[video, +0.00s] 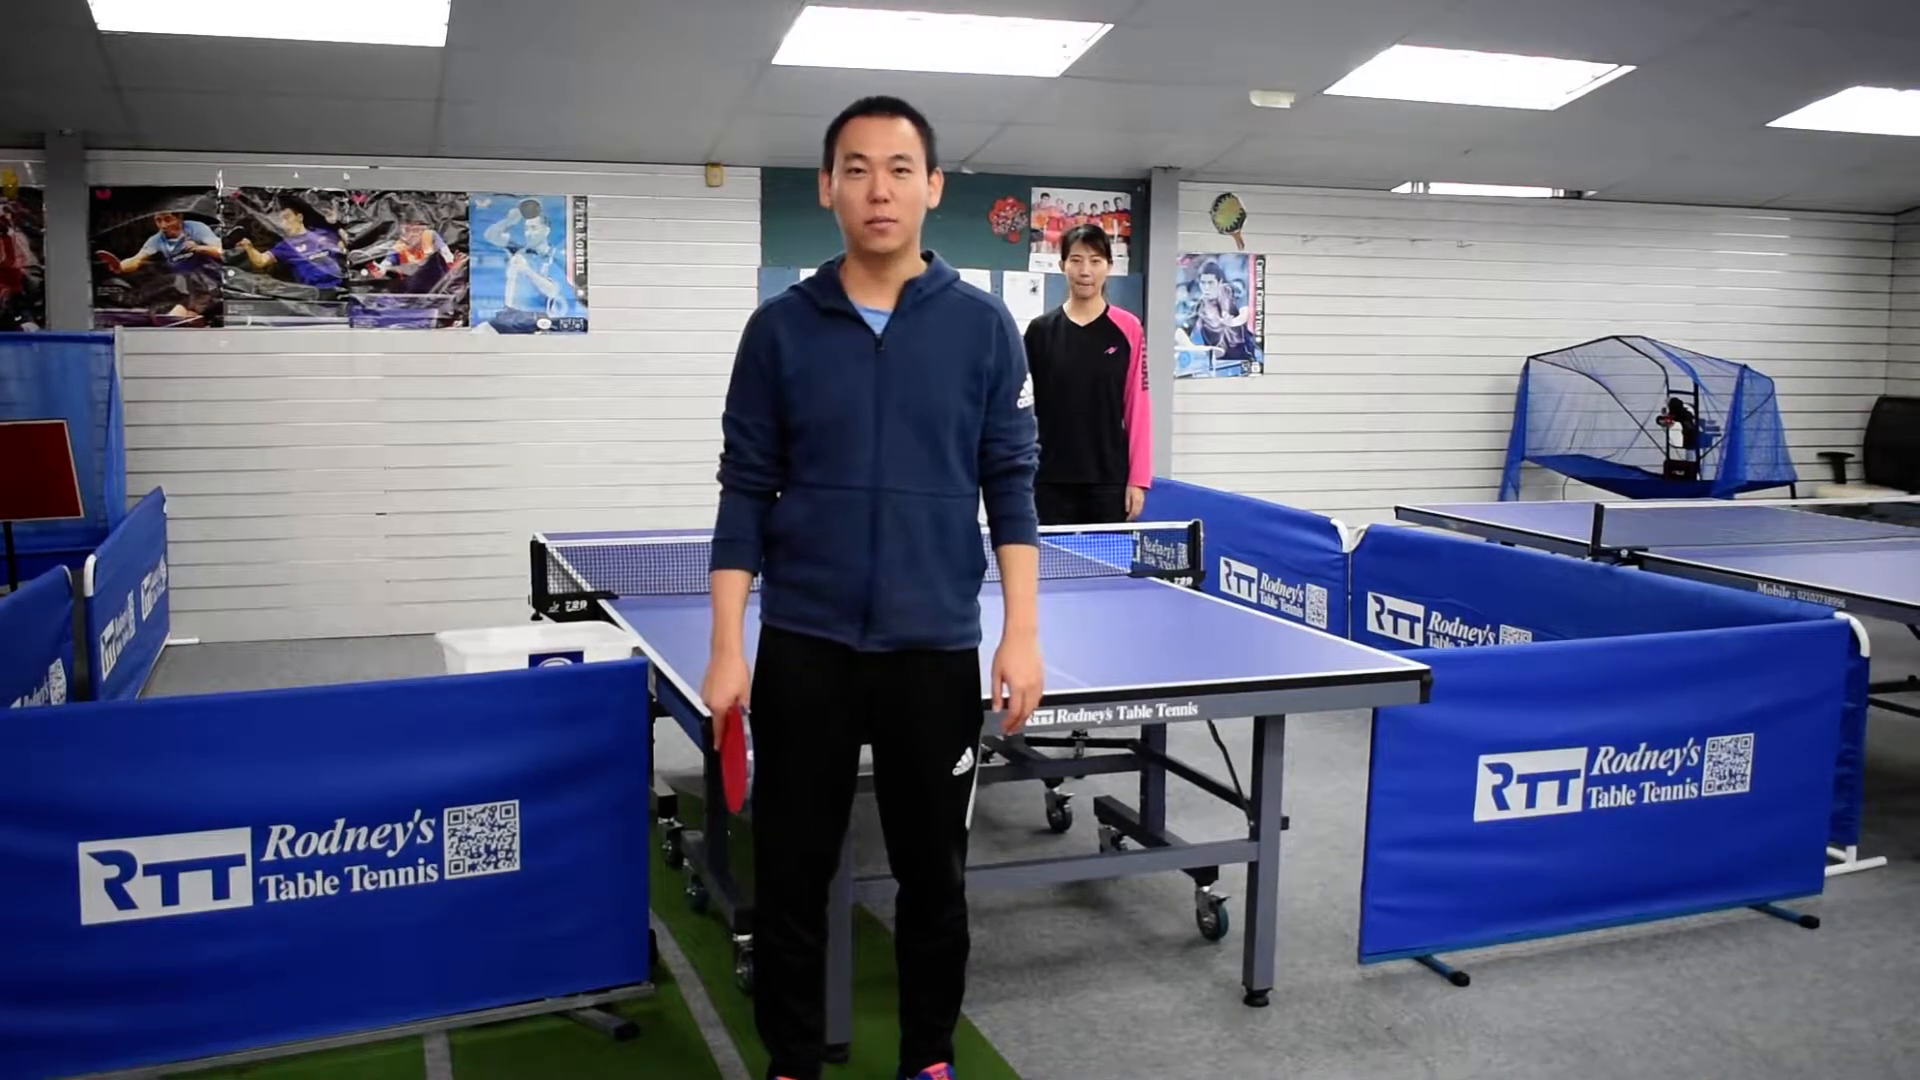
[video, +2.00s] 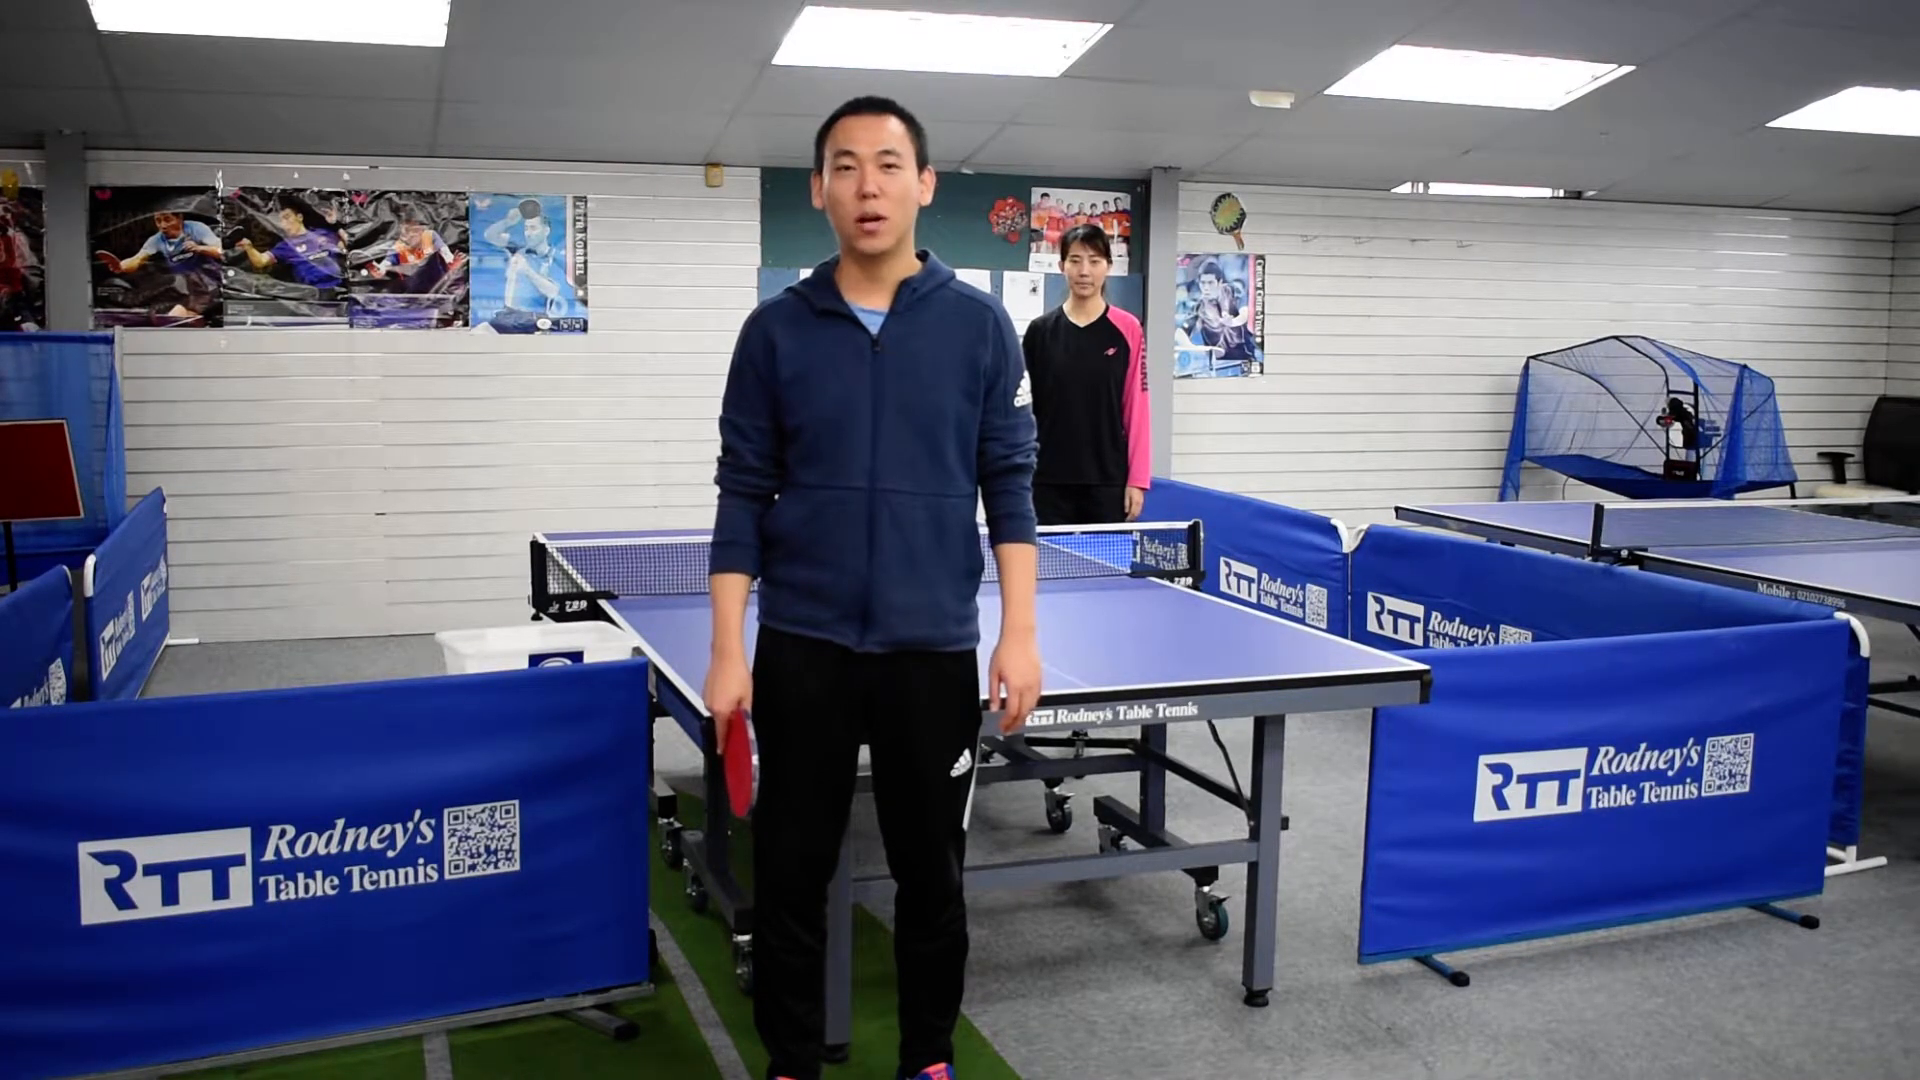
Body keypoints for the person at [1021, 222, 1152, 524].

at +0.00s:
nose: (1085, 271)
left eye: (1095, 262)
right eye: (1076, 261)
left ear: (1109, 268)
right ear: (1063, 266)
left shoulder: (1128, 329)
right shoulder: (1039, 331)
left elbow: (1137, 406)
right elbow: (1021, 404)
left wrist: (1138, 478)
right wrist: (1020, 478)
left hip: (1108, 481)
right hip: (1050, 481)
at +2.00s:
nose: (1084, 271)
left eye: (1094, 262)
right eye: (1075, 261)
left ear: (1108, 268)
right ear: (1062, 266)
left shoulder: (1127, 329)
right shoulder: (1039, 331)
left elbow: (1136, 407)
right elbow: (1022, 405)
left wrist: (1137, 479)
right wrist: (1020, 478)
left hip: (1107, 483)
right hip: (1049, 481)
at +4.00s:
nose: (1085, 271)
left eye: (1095, 262)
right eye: (1076, 261)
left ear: (1108, 268)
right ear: (1063, 266)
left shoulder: (1128, 329)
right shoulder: (1040, 331)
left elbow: (1137, 407)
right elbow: (1023, 405)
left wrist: (1138, 479)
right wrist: (1021, 478)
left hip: (1108, 482)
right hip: (1050, 481)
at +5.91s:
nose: (1085, 271)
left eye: (1095, 262)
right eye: (1076, 261)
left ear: (1108, 268)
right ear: (1063, 267)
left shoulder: (1128, 330)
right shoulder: (1040, 331)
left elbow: (1136, 407)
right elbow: (1023, 405)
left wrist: (1138, 478)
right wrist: (1020, 476)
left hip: (1107, 482)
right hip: (1049, 481)